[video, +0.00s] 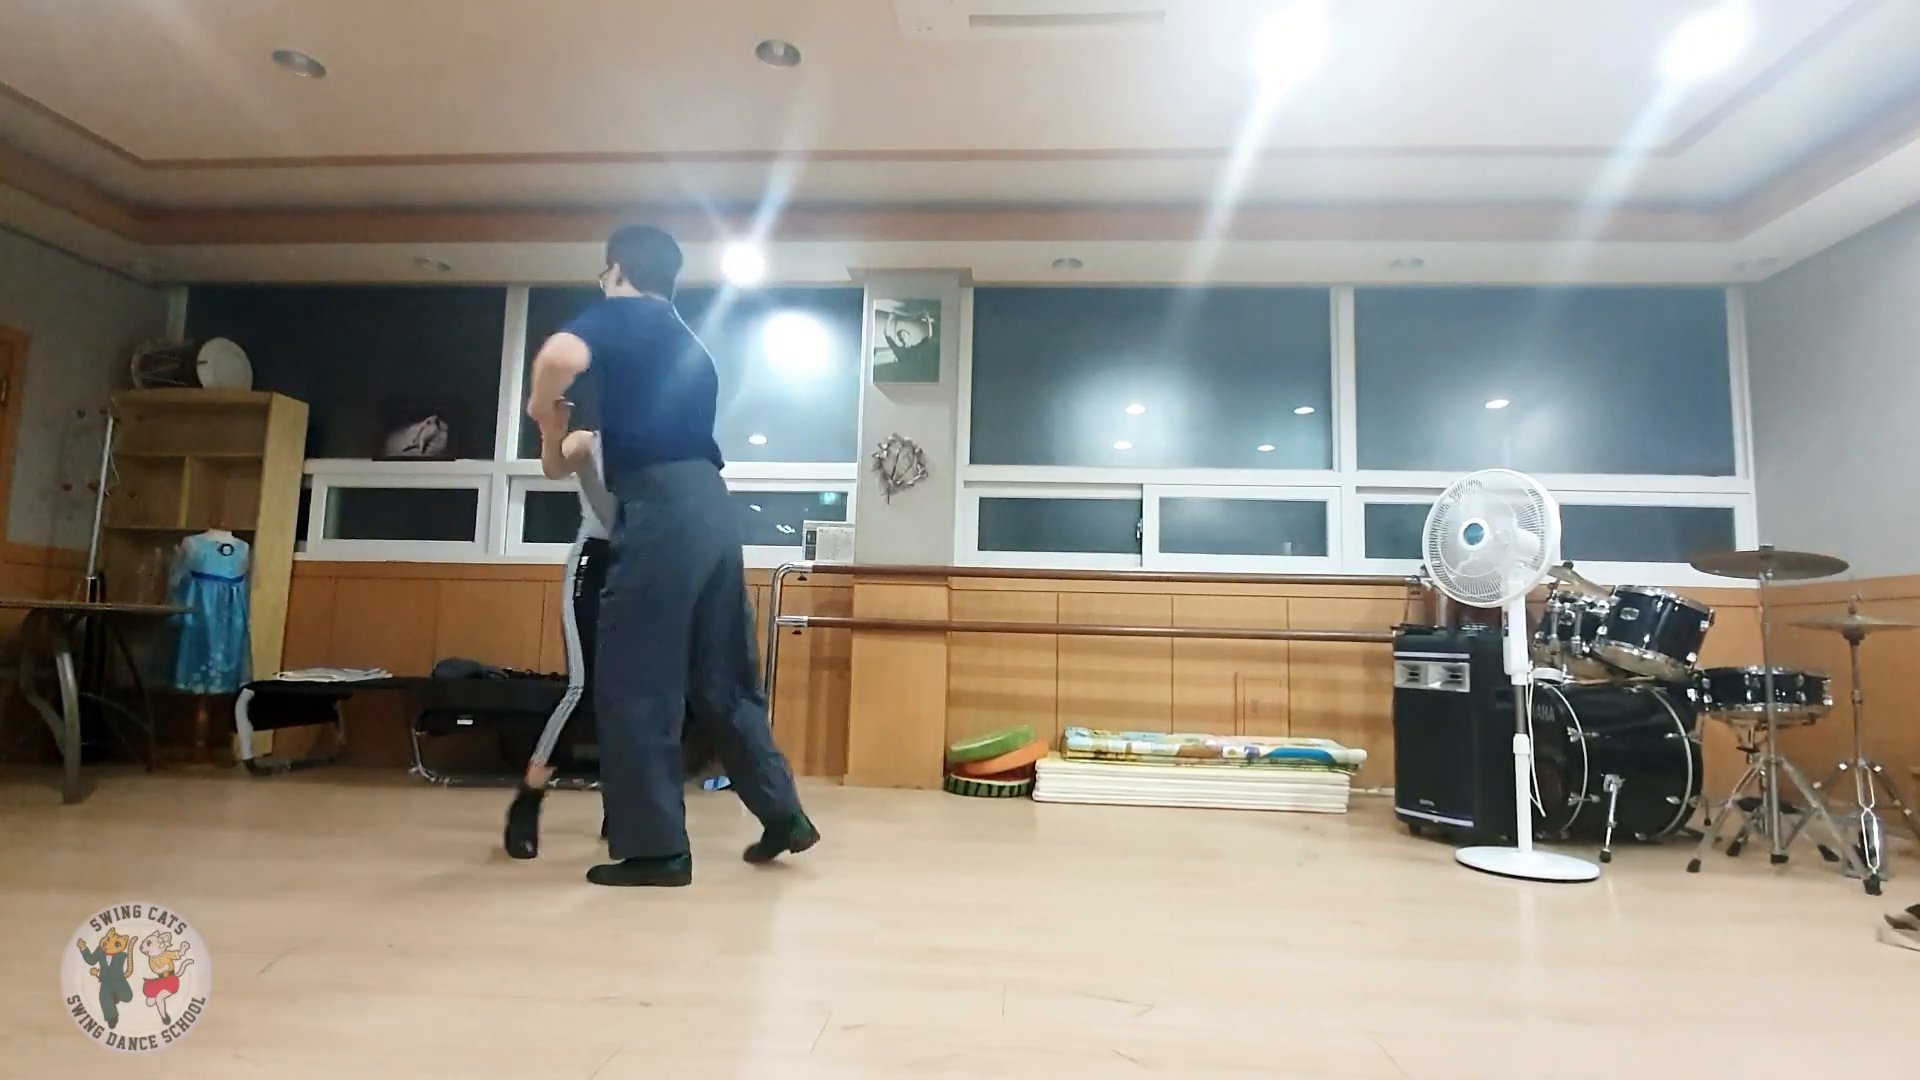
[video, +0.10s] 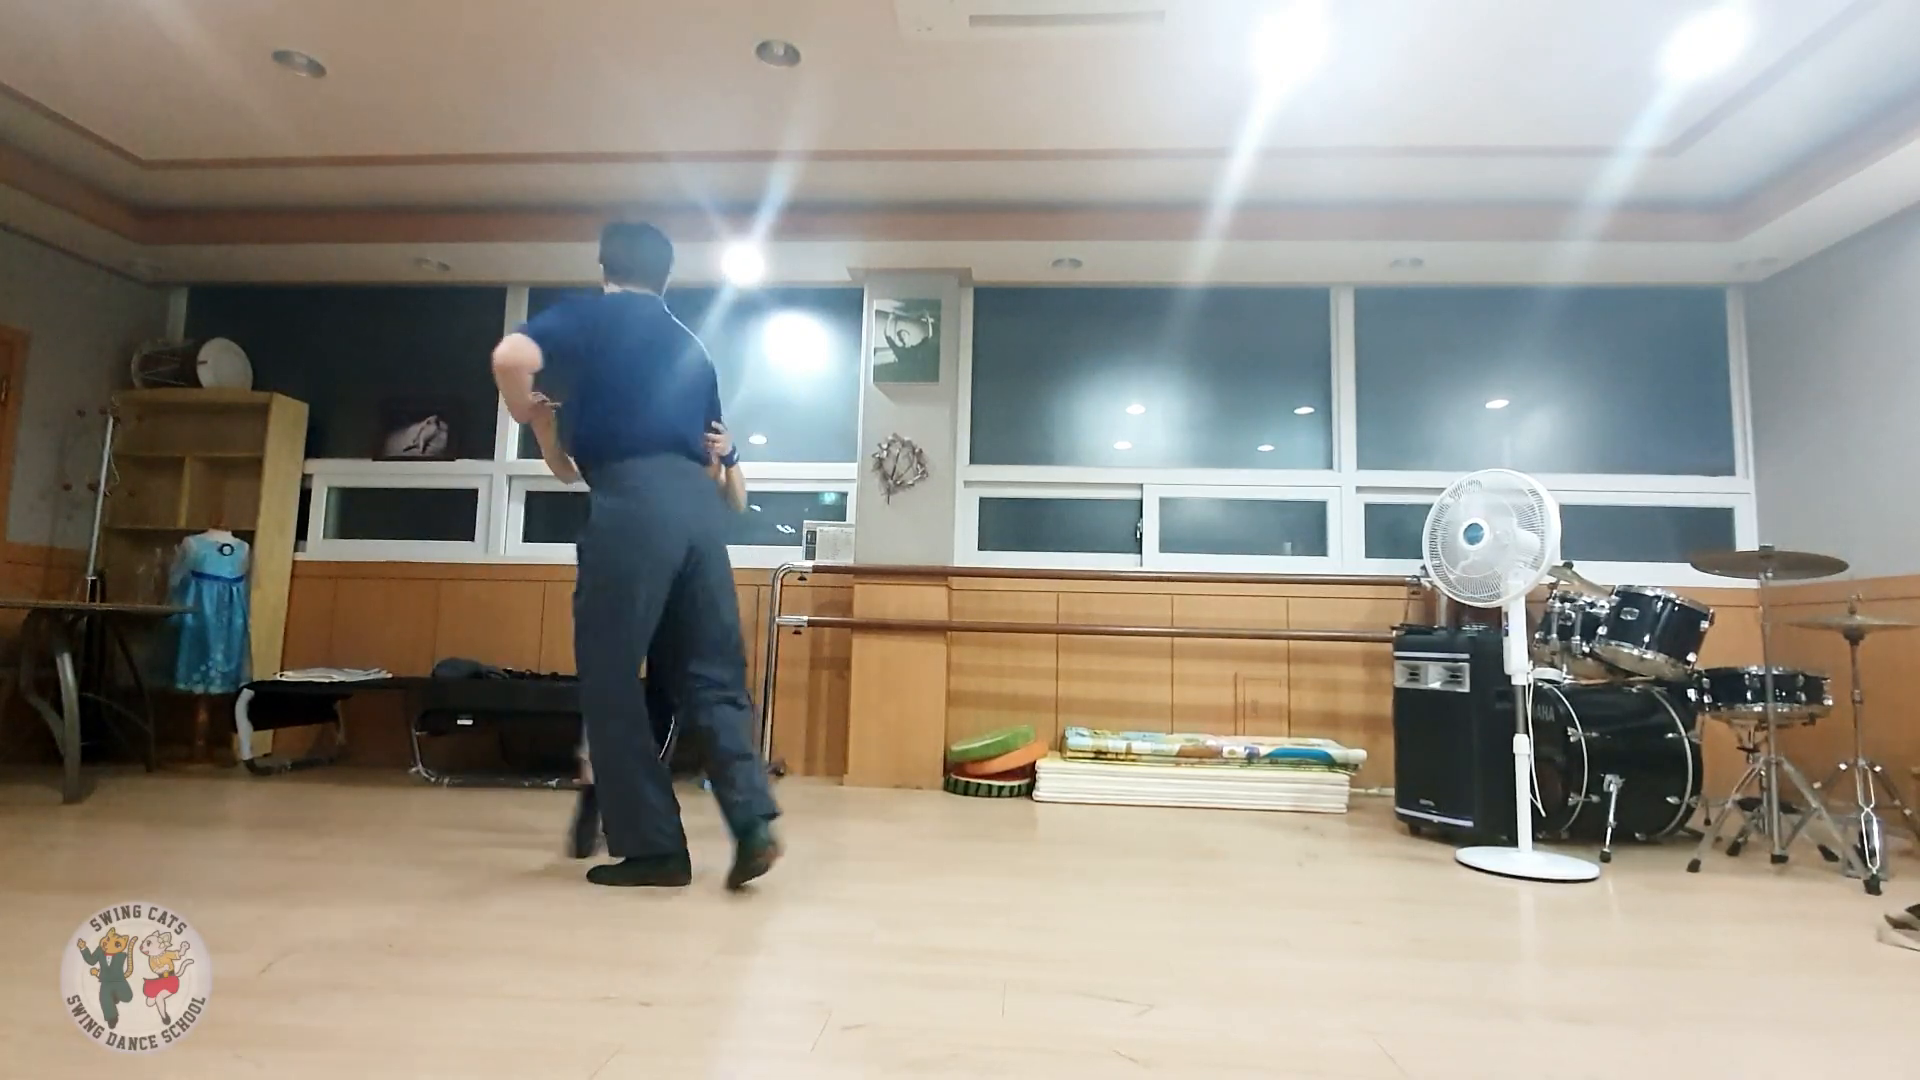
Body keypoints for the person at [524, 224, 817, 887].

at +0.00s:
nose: (601, 284)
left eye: (604, 274)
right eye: (605, 276)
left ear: (619, 273)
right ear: (668, 281)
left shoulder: (618, 315)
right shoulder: (688, 343)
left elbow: (555, 360)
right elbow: (657, 432)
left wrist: (549, 434)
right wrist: (580, 449)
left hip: (663, 508)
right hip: (713, 504)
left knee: (634, 682)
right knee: (723, 683)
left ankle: (654, 849)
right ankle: (784, 817)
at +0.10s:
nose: (607, 277)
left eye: (606, 267)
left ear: (605, 270)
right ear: (664, 275)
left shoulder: (584, 315)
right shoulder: (690, 346)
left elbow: (511, 358)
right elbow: (711, 446)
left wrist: (539, 429)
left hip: (630, 497)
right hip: (700, 498)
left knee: (610, 678)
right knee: (714, 678)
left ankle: (653, 850)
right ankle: (753, 821)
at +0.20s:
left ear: (596, 261)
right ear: (657, 272)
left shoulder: (560, 308)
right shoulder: (688, 342)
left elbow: (475, 359)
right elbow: (721, 447)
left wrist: (513, 415)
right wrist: (731, 472)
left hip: (602, 495)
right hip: (681, 500)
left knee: (599, 680)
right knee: (676, 679)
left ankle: (639, 845)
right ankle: (661, 824)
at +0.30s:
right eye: (645, 262)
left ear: (585, 260)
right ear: (648, 268)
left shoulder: (543, 309)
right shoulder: (680, 336)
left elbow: (449, 362)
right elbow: (720, 436)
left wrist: (508, 419)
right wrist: (753, 481)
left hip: (573, 489)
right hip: (656, 493)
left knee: (582, 674)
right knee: (639, 667)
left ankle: (631, 846)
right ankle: (561, 843)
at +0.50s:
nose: (640, 287)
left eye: (639, 280)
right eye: (640, 278)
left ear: (569, 267)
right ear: (626, 274)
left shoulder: (514, 315)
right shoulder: (647, 327)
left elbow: (431, 389)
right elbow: (706, 409)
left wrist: (504, 433)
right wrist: (745, 435)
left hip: (534, 486)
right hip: (617, 486)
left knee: (546, 662)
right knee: (603, 673)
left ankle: (588, 830)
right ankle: (542, 865)